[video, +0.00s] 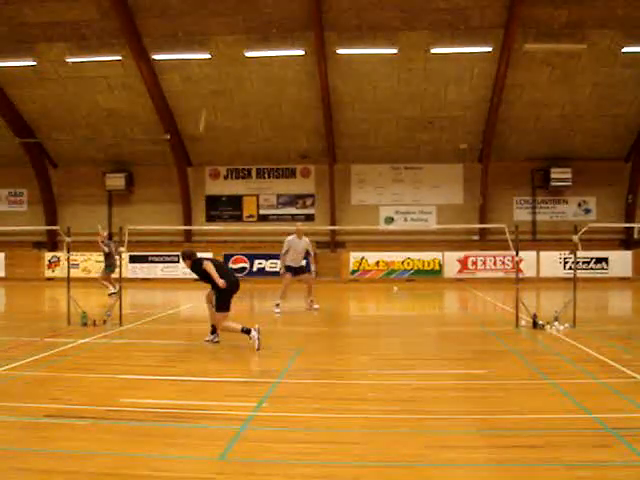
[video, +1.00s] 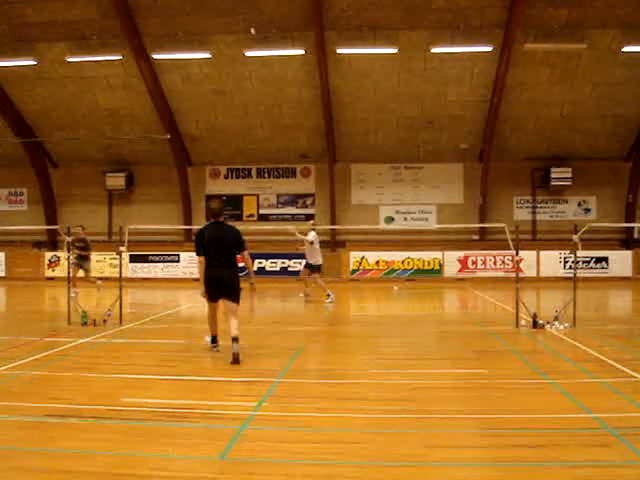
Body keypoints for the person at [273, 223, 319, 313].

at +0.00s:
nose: (299, 230)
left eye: (301, 228)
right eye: (298, 228)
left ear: (303, 230)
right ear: (295, 229)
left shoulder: (306, 241)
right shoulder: (289, 240)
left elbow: (311, 255)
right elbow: (283, 253)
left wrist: (312, 269)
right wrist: (282, 267)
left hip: (300, 264)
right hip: (289, 264)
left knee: (309, 279)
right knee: (287, 279)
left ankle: (310, 302)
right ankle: (279, 303)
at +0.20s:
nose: (312, 227)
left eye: (314, 225)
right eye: (311, 224)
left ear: (316, 226)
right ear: (308, 225)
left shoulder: (318, 236)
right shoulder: (300, 234)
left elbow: (321, 249)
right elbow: (294, 245)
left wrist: (319, 260)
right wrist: (294, 257)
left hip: (312, 261)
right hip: (301, 260)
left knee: (316, 280)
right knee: (296, 277)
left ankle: (312, 301)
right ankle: (289, 298)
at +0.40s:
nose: (317, 228)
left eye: (319, 226)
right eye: (315, 225)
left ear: (321, 227)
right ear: (312, 227)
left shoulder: (325, 238)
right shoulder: (308, 236)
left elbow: (329, 252)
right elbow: (302, 247)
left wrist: (323, 263)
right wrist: (301, 258)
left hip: (320, 262)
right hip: (309, 262)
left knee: (324, 282)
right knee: (304, 281)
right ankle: (303, 298)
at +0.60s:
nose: (316, 227)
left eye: (318, 225)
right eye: (315, 225)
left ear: (321, 227)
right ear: (313, 226)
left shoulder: (322, 238)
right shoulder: (309, 235)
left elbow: (329, 249)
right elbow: (305, 244)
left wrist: (321, 254)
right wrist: (304, 252)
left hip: (322, 261)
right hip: (312, 261)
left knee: (326, 278)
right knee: (314, 281)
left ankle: (333, 296)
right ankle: (322, 296)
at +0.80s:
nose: (310, 223)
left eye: (312, 221)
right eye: (311, 221)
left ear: (316, 223)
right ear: (311, 223)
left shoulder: (317, 233)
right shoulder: (310, 232)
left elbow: (316, 244)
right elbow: (310, 242)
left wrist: (305, 246)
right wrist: (302, 243)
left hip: (320, 258)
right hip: (312, 257)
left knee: (318, 276)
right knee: (307, 275)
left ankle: (329, 292)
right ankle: (318, 292)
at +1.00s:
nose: (309, 227)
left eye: (310, 225)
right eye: (309, 225)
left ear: (311, 226)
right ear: (309, 226)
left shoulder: (313, 234)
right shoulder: (309, 235)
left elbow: (309, 240)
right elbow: (310, 247)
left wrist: (297, 234)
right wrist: (301, 248)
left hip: (316, 261)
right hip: (309, 261)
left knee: (316, 278)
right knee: (303, 276)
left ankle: (329, 294)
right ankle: (306, 292)